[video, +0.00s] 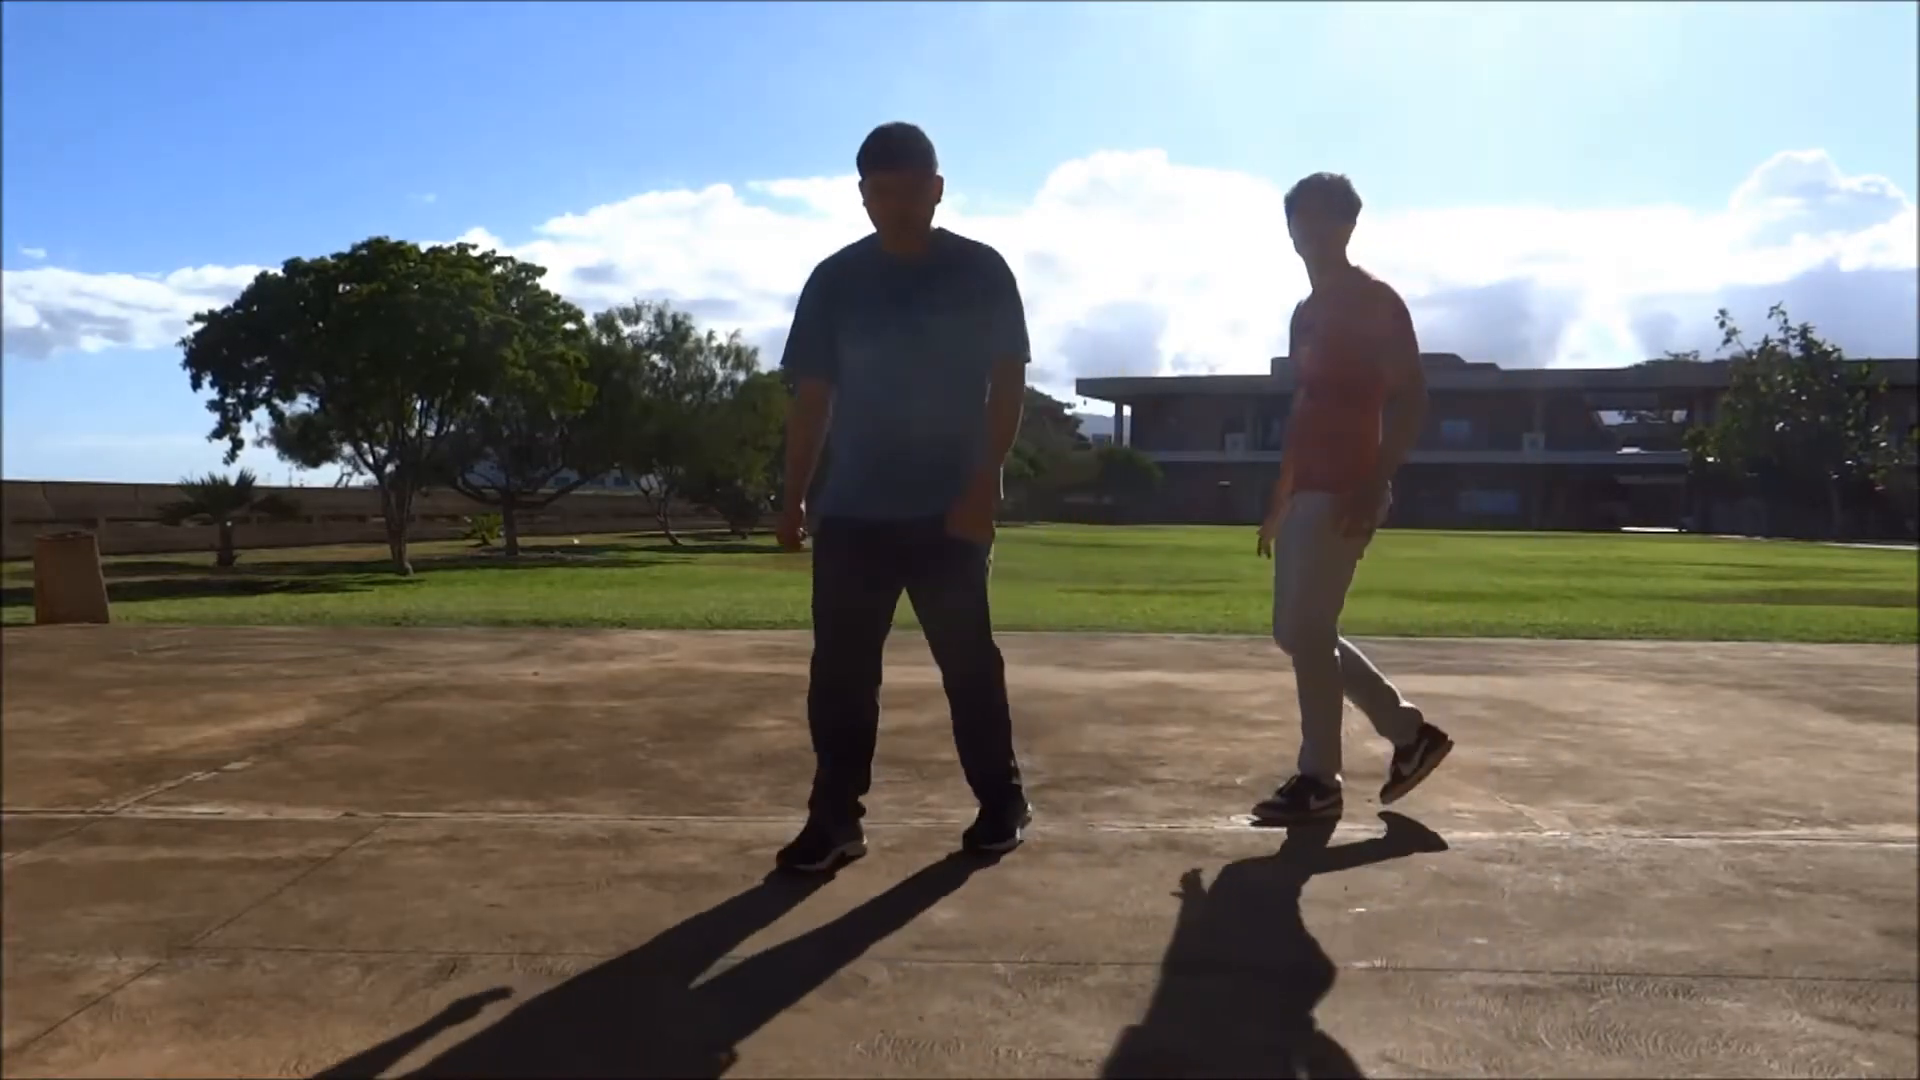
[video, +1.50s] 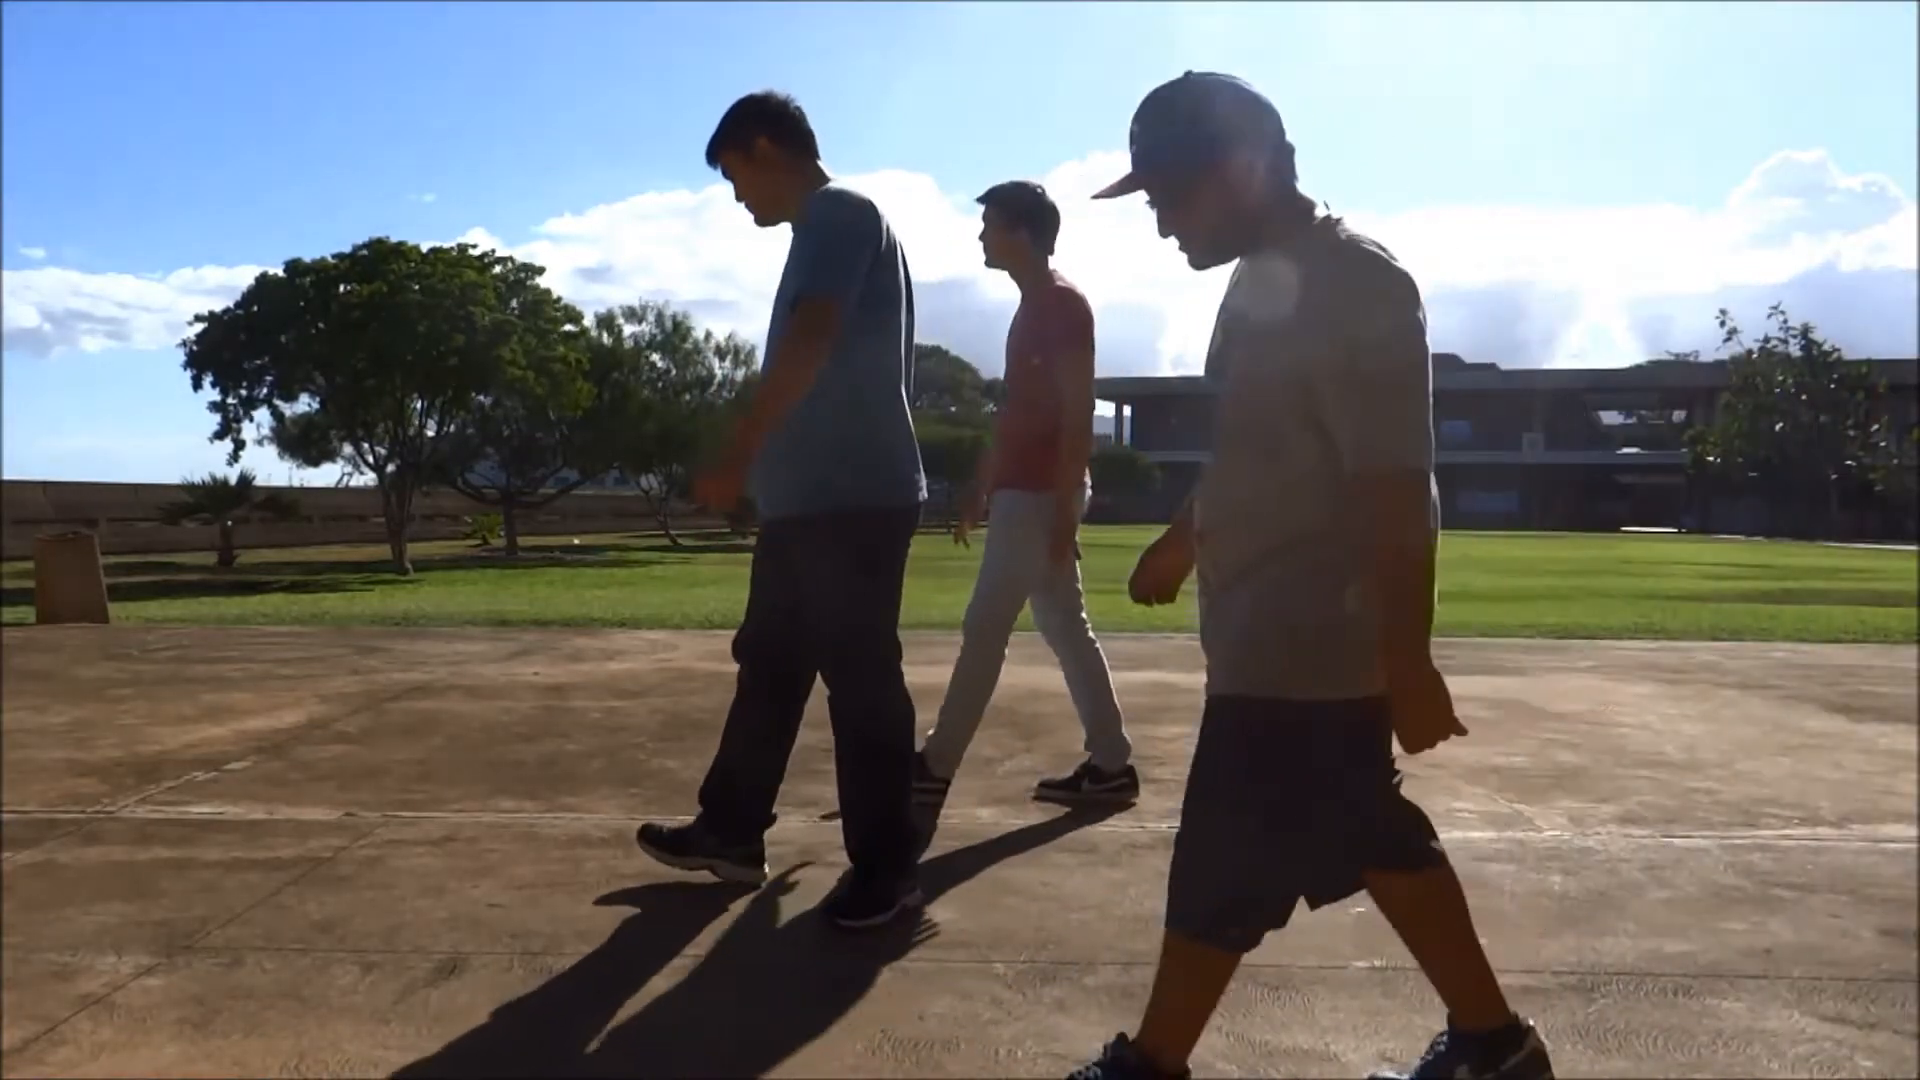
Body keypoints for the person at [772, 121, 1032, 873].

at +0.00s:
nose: (892, 202)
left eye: (906, 186)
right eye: (878, 188)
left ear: (936, 185)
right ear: (861, 192)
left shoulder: (981, 271)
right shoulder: (833, 279)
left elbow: (1009, 380)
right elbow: (811, 395)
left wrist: (985, 481)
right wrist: (794, 492)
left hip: (948, 510)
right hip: (852, 513)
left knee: (969, 666)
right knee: (839, 674)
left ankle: (1000, 802)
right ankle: (834, 819)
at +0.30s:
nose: (838, 188)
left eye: (853, 172)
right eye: (825, 175)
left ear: (886, 173)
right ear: (810, 180)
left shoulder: (934, 262)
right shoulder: (779, 270)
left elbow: (959, 375)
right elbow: (742, 382)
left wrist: (924, 477)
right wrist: (719, 479)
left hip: (912, 498)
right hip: (814, 504)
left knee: (920, 659)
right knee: (816, 667)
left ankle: (950, 804)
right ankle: (831, 818)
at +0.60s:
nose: (813, 186)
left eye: (827, 170)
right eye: (800, 173)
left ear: (863, 169)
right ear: (786, 180)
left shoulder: (918, 257)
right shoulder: (760, 269)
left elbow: (953, 374)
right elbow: (730, 385)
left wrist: (940, 479)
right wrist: (720, 488)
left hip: (896, 502)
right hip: (800, 510)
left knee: (897, 673)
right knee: (811, 676)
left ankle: (898, 838)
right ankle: (831, 820)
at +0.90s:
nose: (786, 186)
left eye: (795, 168)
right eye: (779, 172)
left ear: (848, 154)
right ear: (787, 172)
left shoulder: (926, 247)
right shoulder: (778, 264)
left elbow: (967, 374)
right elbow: (749, 390)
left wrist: (961, 493)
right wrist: (739, 494)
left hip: (890, 504)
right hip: (799, 510)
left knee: (881, 680)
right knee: (805, 674)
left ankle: (890, 864)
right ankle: (830, 821)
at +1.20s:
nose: (766, 187)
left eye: (768, 168)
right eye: (760, 173)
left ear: (813, 145)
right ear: (802, 154)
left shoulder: (904, 225)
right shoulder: (806, 254)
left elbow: (917, 357)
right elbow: (789, 382)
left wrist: (892, 472)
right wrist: (763, 480)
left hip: (884, 499)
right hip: (806, 501)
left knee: (880, 670)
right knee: (778, 659)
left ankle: (887, 866)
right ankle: (792, 826)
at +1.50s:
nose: (741, 202)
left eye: (736, 180)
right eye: (732, 186)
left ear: (768, 151)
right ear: (783, 149)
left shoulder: (835, 213)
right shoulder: (849, 228)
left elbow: (807, 346)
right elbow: (853, 371)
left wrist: (734, 458)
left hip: (848, 502)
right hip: (813, 504)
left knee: (864, 682)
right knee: (770, 665)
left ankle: (885, 871)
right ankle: (729, 832)